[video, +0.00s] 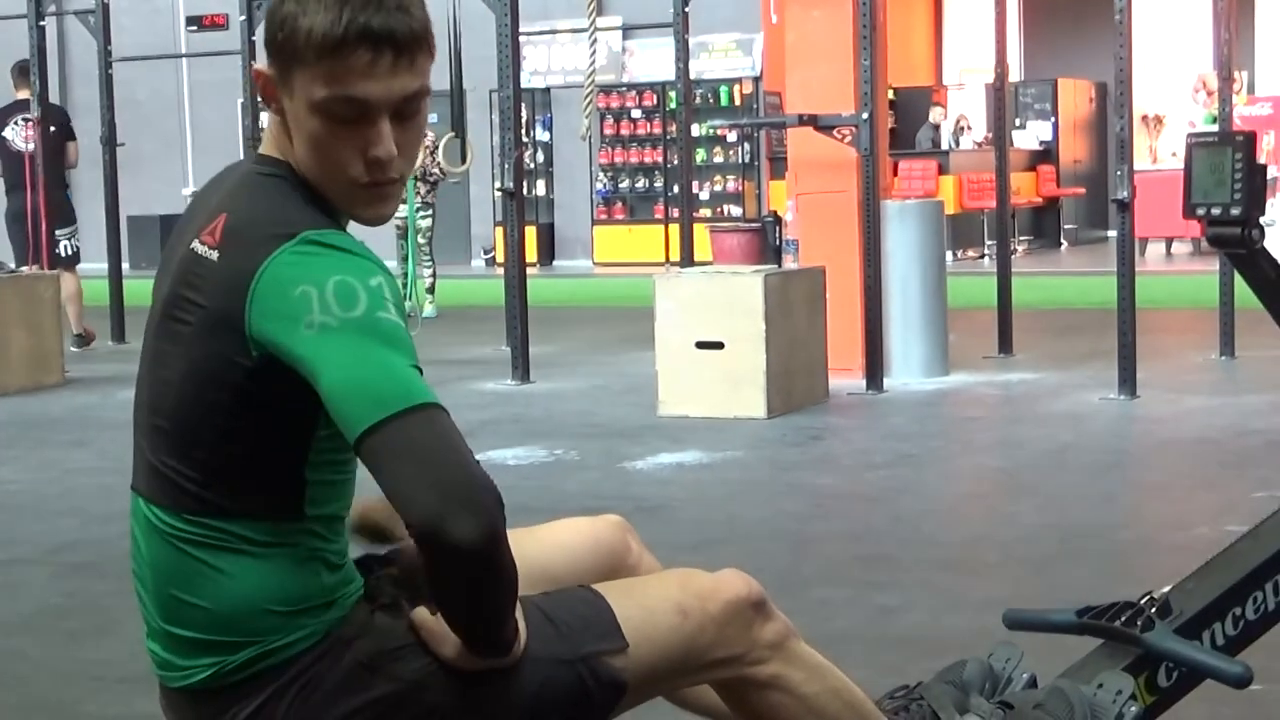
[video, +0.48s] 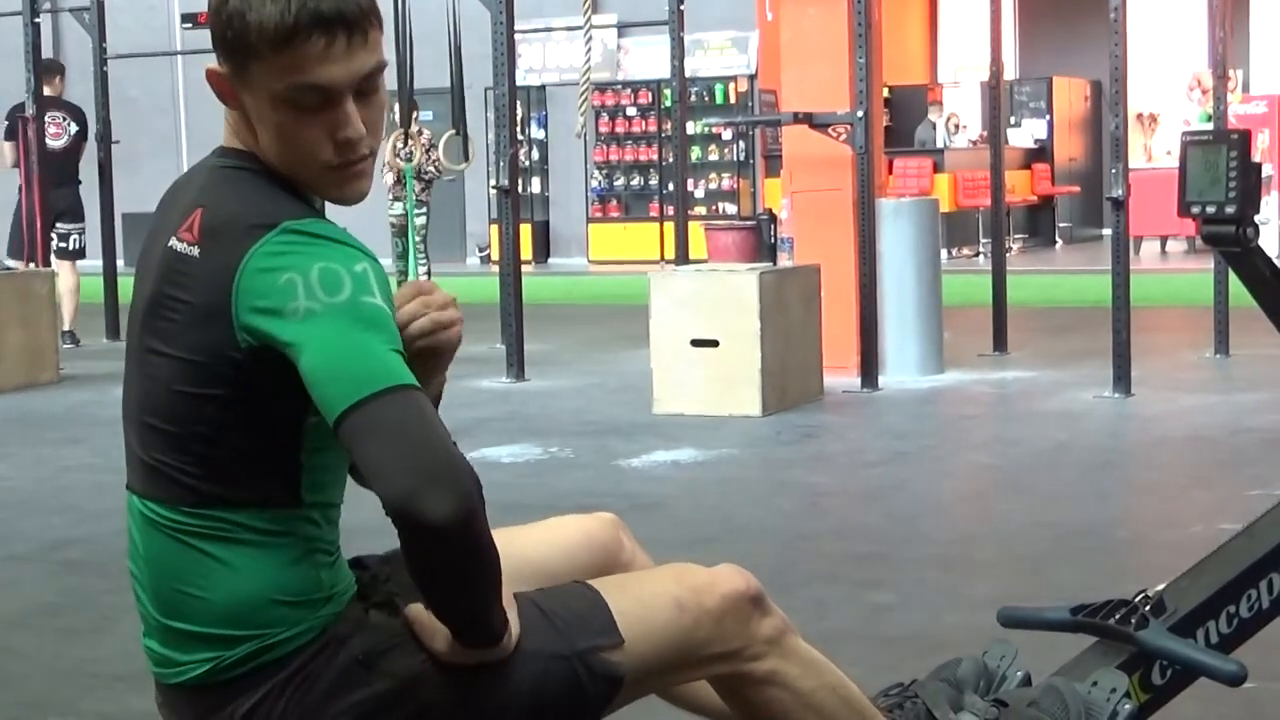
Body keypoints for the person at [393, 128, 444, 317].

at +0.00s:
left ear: (422, 122)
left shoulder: (428, 139)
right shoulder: (396, 144)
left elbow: (437, 175)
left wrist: (422, 166)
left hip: (423, 203)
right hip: (400, 202)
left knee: (424, 252)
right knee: (402, 254)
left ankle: (429, 300)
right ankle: (406, 300)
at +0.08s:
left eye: (412, 117)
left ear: (418, 116)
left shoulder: (427, 137)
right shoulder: (392, 140)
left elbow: (438, 173)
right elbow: (388, 173)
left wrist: (419, 167)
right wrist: (400, 168)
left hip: (422, 202)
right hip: (399, 202)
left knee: (423, 250)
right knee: (402, 253)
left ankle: (429, 299)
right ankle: (405, 299)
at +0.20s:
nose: (409, 122)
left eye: (412, 117)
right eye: (406, 118)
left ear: (417, 116)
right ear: (400, 119)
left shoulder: (428, 139)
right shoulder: (393, 140)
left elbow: (438, 172)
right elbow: (387, 170)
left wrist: (416, 165)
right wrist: (396, 167)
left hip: (421, 201)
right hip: (399, 200)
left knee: (421, 250)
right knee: (401, 250)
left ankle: (426, 298)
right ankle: (403, 298)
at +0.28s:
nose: (401, 118)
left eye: (405, 113)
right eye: (399, 113)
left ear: (416, 114)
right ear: (396, 114)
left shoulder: (427, 137)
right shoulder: (394, 138)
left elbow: (436, 170)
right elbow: (387, 170)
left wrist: (408, 169)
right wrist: (394, 172)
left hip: (420, 199)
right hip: (398, 199)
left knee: (420, 245)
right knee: (400, 245)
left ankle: (425, 288)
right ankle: (402, 286)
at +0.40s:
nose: (399, 119)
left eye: (403, 114)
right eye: (397, 114)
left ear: (414, 113)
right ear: (395, 115)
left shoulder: (425, 137)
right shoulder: (394, 139)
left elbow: (436, 170)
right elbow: (386, 170)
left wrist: (406, 167)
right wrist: (393, 172)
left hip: (418, 197)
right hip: (397, 197)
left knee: (419, 245)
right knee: (399, 246)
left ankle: (424, 285)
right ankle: (401, 286)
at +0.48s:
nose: (400, 118)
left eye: (404, 113)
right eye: (397, 113)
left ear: (414, 113)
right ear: (394, 114)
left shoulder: (424, 136)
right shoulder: (393, 138)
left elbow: (435, 168)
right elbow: (386, 167)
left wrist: (413, 169)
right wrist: (392, 177)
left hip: (418, 196)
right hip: (396, 197)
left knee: (418, 244)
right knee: (399, 244)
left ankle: (423, 286)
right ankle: (401, 286)